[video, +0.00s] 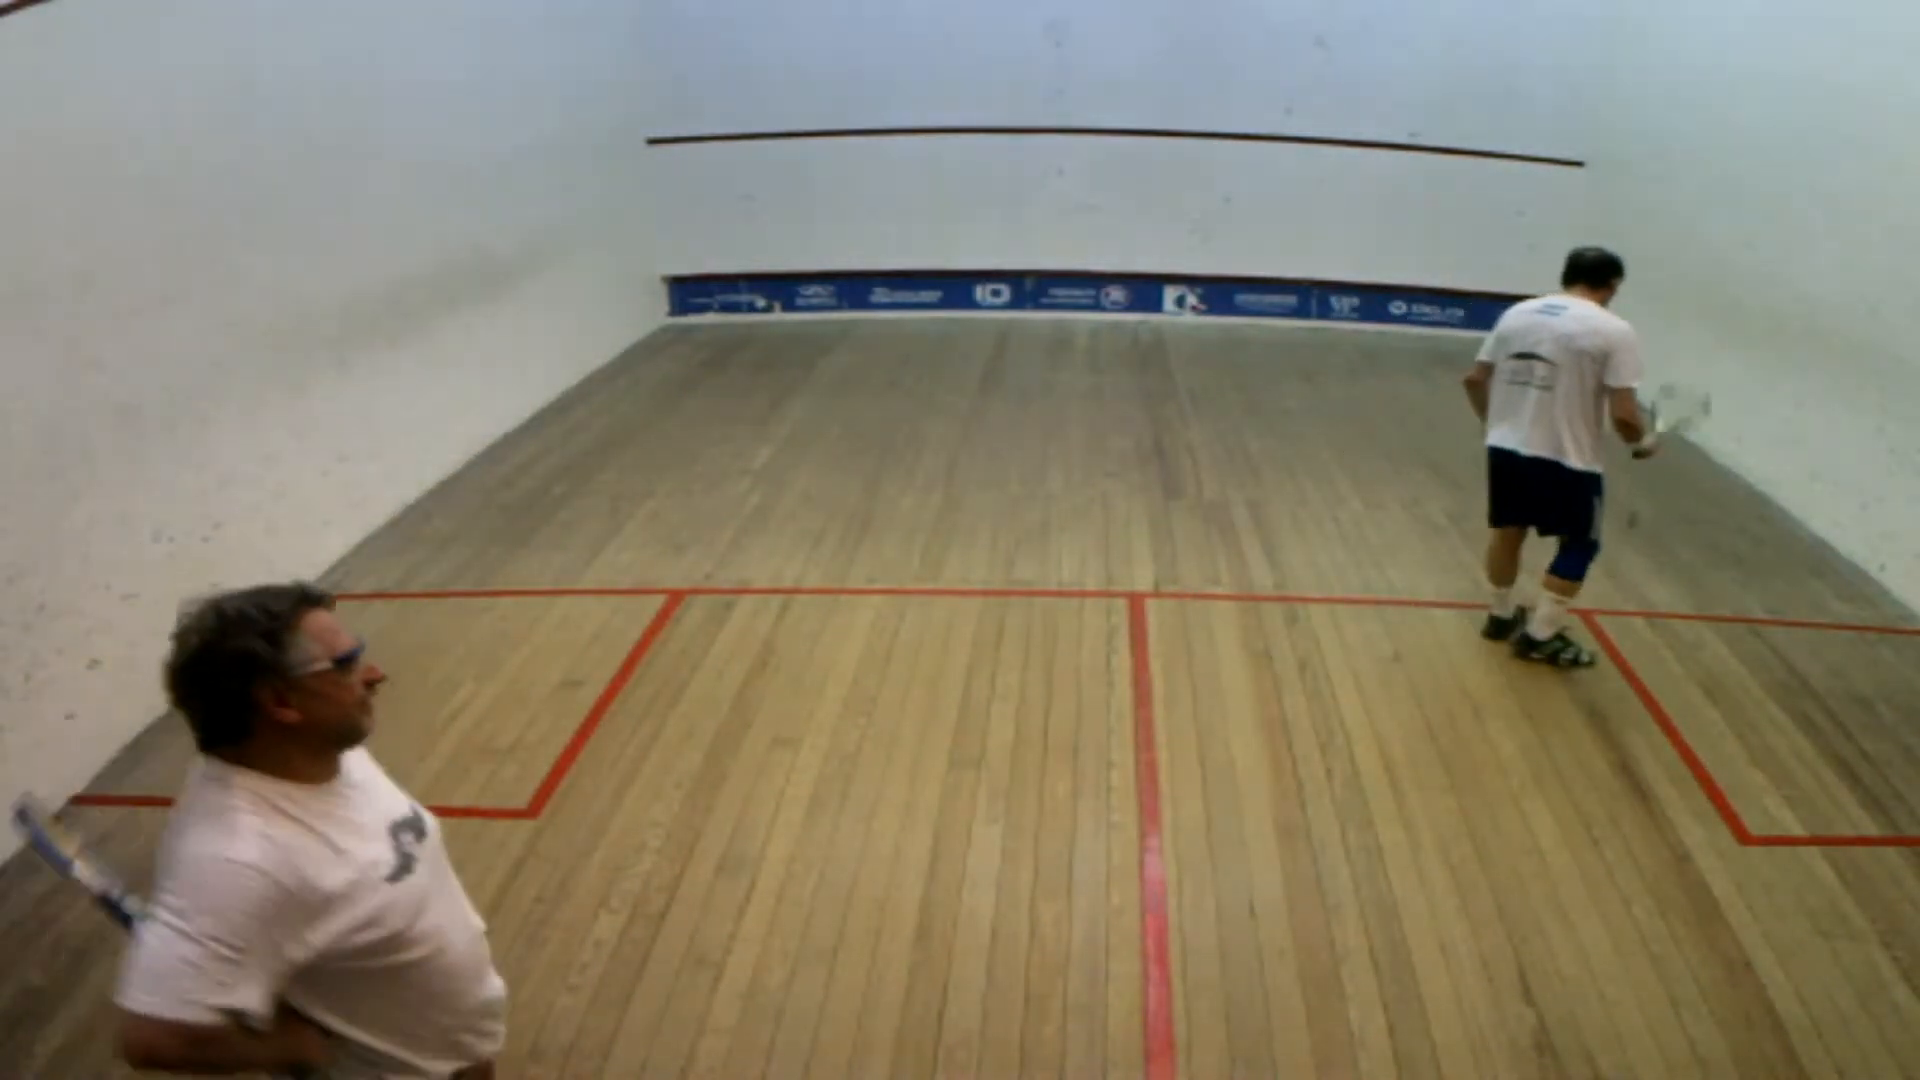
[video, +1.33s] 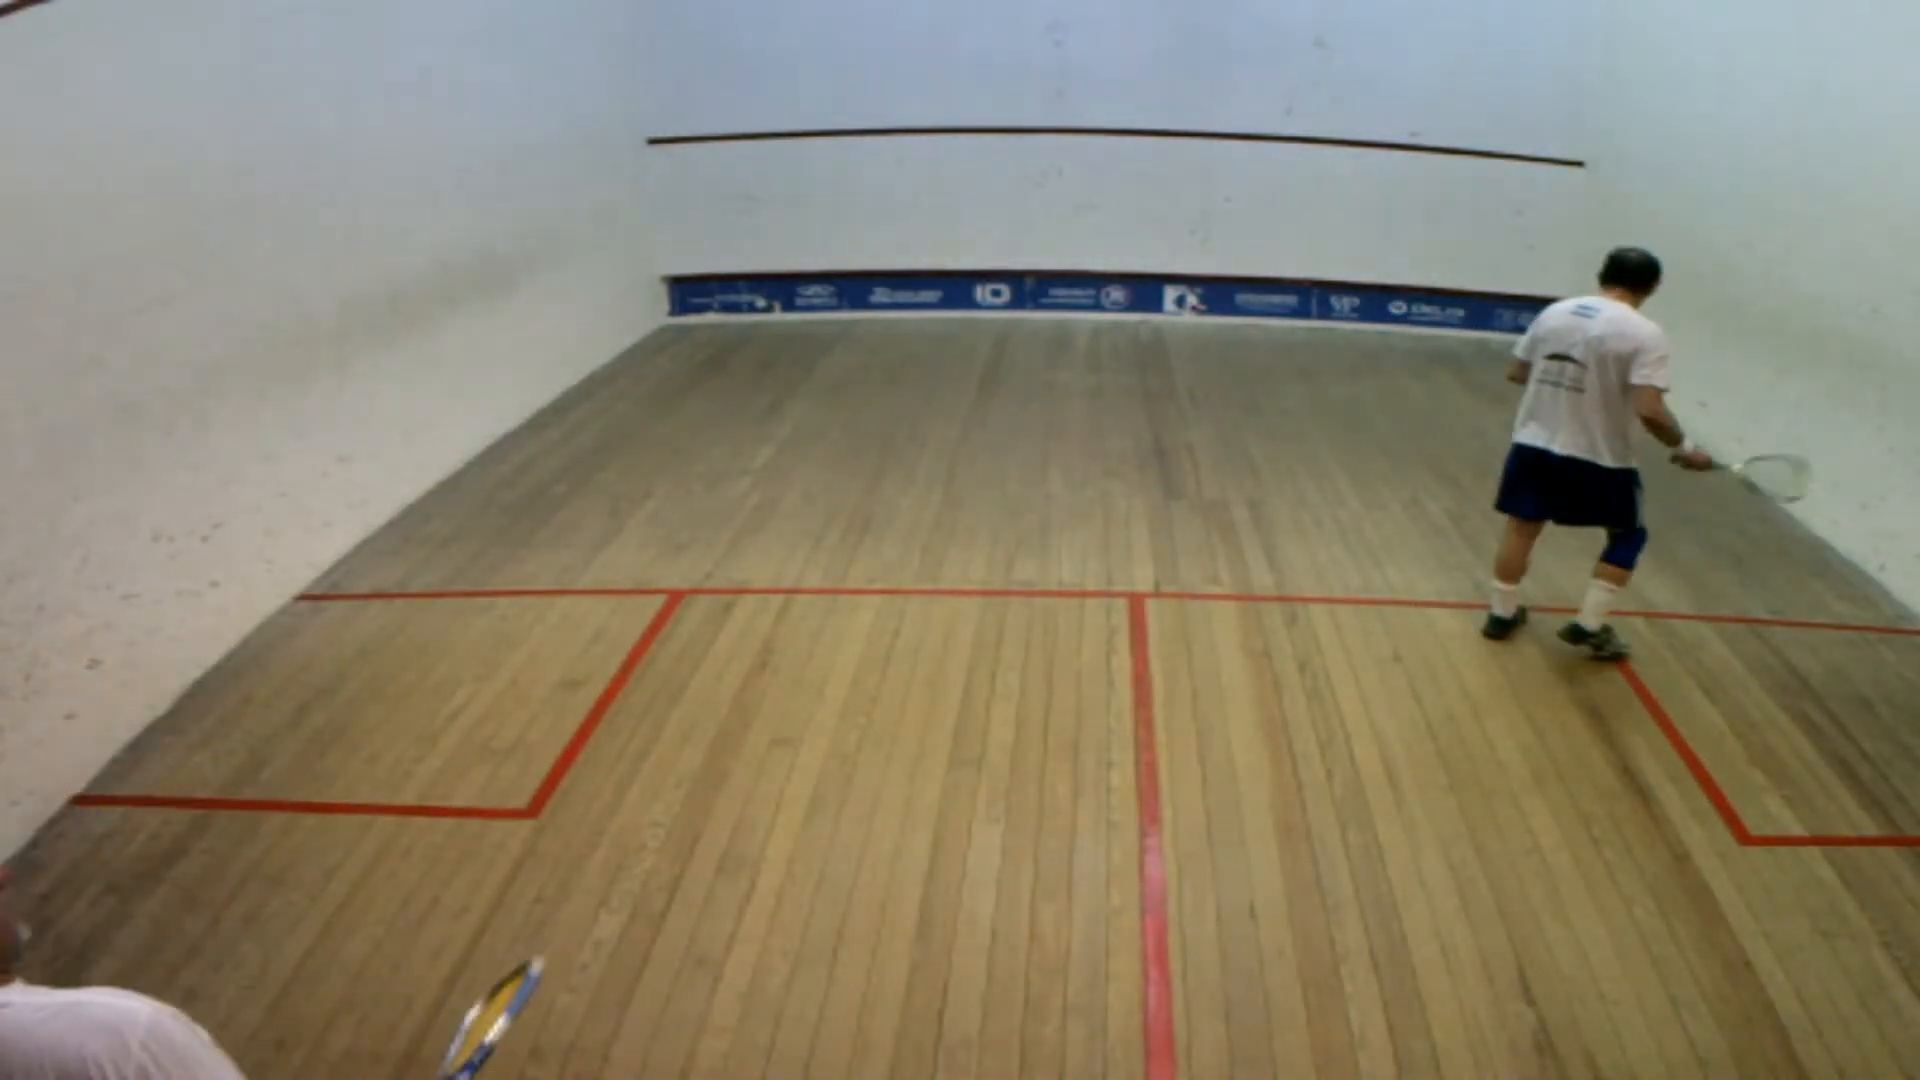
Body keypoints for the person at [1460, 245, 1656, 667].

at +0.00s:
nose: (1612, 298)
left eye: (1613, 292)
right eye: (1614, 291)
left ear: (1567, 280)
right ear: (1608, 288)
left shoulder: (1519, 313)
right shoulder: (1613, 332)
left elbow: (1476, 378)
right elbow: (1624, 416)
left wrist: (1495, 424)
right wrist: (1640, 442)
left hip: (1506, 448)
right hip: (1569, 458)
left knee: (1507, 529)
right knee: (1580, 543)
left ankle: (1500, 614)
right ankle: (1541, 634)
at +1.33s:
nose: (1648, 297)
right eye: (1650, 291)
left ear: (1604, 277)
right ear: (1648, 289)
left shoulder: (1557, 312)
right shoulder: (1645, 335)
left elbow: (1518, 372)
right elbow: (1649, 411)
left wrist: (1567, 375)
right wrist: (1682, 448)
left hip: (1535, 449)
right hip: (1600, 462)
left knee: (1521, 527)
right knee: (1627, 537)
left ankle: (1500, 615)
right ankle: (1588, 623)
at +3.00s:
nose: (1607, 320)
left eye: (1612, 313)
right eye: (1610, 312)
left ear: (1627, 321)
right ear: (1658, 320)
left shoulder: (1639, 374)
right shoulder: (1675, 353)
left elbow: (1649, 457)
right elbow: (1590, 382)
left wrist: (1575, 445)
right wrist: (1520, 390)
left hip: (1632, 507)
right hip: (1680, 500)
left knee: (1573, 581)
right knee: (1656, 575)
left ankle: (1633, 673)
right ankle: (1646, 654)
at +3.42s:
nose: (1390, 331)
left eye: (1402, 323)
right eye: (1393, 321)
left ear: (1442, 333)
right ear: (1448, 334)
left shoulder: (1435, 392)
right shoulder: (1494, 374)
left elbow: (1439, 482)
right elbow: (1488, 457)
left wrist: (1395, 482)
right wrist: (1408, 468)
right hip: (1502, 530)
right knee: (1405, 590)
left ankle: (1384, 711)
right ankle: (1413, 668)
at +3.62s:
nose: (1313, 328)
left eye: (1317, 320)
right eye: (1315, 319)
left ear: (1335, 328)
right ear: (1387, 329)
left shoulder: (1306, 391)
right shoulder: (1434, 395)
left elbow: (1275, 485)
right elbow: (1459, 477)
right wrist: (1400, 472)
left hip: (1319, 566)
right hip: (1397, 565)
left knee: (1226, 645)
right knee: (1387, 628)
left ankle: (1242, 766)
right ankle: (1377, 691)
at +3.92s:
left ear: (1291, 361)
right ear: (1361, 375)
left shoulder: (1240, 412)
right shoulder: (1390, 442)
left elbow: (1158, 488)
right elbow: (1434, 540)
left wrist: (1158, 508)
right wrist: (1412, 544)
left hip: (1204, 594)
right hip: (1312, 612)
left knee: (1132, 678)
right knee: (1363, 724)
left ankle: (1078, 795)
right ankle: (1364, 861)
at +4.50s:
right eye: (1880, 515)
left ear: (1806, 487)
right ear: (1872, 520)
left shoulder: (1724, 526)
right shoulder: (1851, 588)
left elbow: (1588, 580)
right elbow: (1880, 728)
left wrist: (1567, 643)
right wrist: (1916, 750)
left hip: (1582, 704)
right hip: (1658, 755)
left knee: (1600, 794)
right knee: (1599, 855)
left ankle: (1562, 875)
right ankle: (1441, 896)